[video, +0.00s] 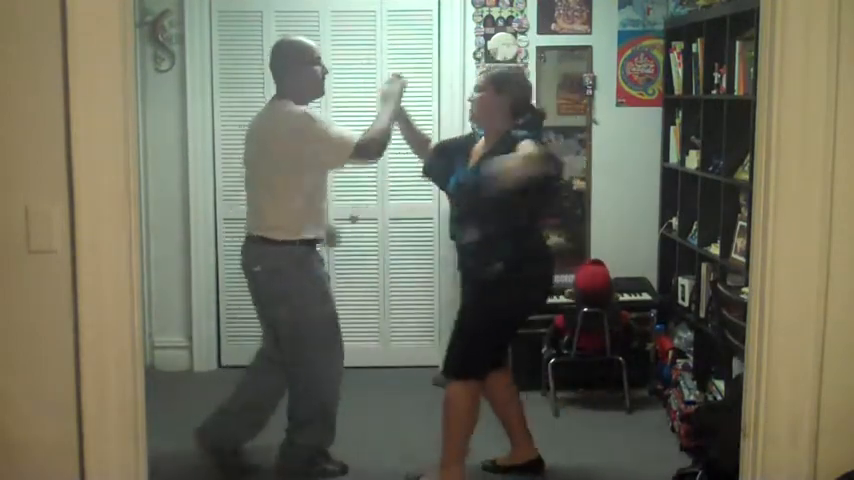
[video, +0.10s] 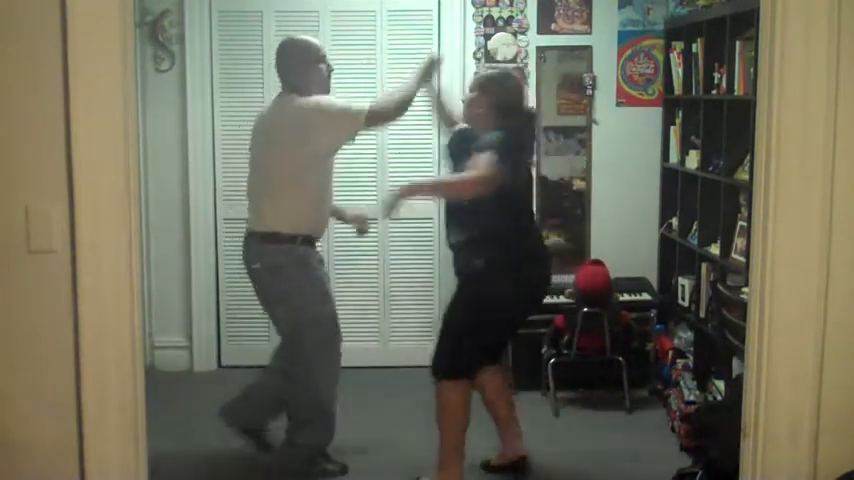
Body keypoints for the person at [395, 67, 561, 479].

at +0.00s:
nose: (472, 98)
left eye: (482, 91)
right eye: (475, 91)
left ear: (507, 100)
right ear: (491, 100)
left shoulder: (523, 142)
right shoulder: (469, 146)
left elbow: (535, 161)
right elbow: (429, 154)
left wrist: (508, 169)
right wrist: (397, 112)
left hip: (515, 269)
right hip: (480, 269)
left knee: (462, 367)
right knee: (490, 361)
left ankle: (450, 470)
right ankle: (524, 451)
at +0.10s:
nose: (468, 101)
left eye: (475, 95)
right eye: (471, 94)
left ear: (494, 104)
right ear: (498, 105)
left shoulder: (497, 141)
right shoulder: (484, 139)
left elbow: (482, 181)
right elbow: (452, 125)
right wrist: (433, 89)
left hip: (497, 266)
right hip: (511, 263)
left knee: (451, 364)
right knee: (482, 355)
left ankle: (449, 469)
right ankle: (513, 448)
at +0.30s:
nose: (512, 93)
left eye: (501, 88)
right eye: (509, 88)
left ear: (467, 98)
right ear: (509, 97)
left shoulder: (450, 141)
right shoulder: (526, 137)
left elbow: (407, 178)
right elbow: (560, 76)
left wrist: (446, 216)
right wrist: (516, 38)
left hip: (453, 262)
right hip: (511, 265)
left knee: (444, 346)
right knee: (509, 360)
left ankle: (424, 433)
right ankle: (461, 445)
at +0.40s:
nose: (516, 94)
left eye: (514, 86)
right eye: (509, 86)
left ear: (472, 94)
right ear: (493, 92)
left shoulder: (465, 136)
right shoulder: (495, 135)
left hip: (455, 256)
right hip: (482, 260)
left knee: (484, 345)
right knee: (500, 354)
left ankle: (414, 394)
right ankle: (458, 438)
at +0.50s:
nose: (510, 92)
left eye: (514, 83)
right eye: (500, 83)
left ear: (519, 90)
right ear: (480, 89)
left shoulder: (519, 139)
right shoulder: (469, 126)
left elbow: (535, 185)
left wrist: (566, 205)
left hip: (506, 262)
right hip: (460, 258)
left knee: (522, 354)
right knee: (480, 357)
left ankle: (466, 389)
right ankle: (471, 441)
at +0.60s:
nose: (485, 92)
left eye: (495, 85)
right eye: (481, 85)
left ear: (516, 91)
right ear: (474, 93)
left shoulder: (538, 146)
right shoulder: (458, 135)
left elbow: (577, 187)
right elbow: (411, 112)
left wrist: (558, 209)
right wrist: (425, 60)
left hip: (510, 262)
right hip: (453, 261)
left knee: (512, 360)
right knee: (463, 363)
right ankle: (489, 434)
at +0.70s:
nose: (472, 87)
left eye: (482, 81)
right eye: (474, 80)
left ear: (510, 93)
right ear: (477, 89)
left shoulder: (534, 144)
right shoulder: (457, 131)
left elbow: (558, 198)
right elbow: (407, 106)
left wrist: (493, 207)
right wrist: (428, 55)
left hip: (505, 263)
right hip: (459, 261)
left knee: (480, 358)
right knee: (463, 359)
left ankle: (513, 452)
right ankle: (503, 443)